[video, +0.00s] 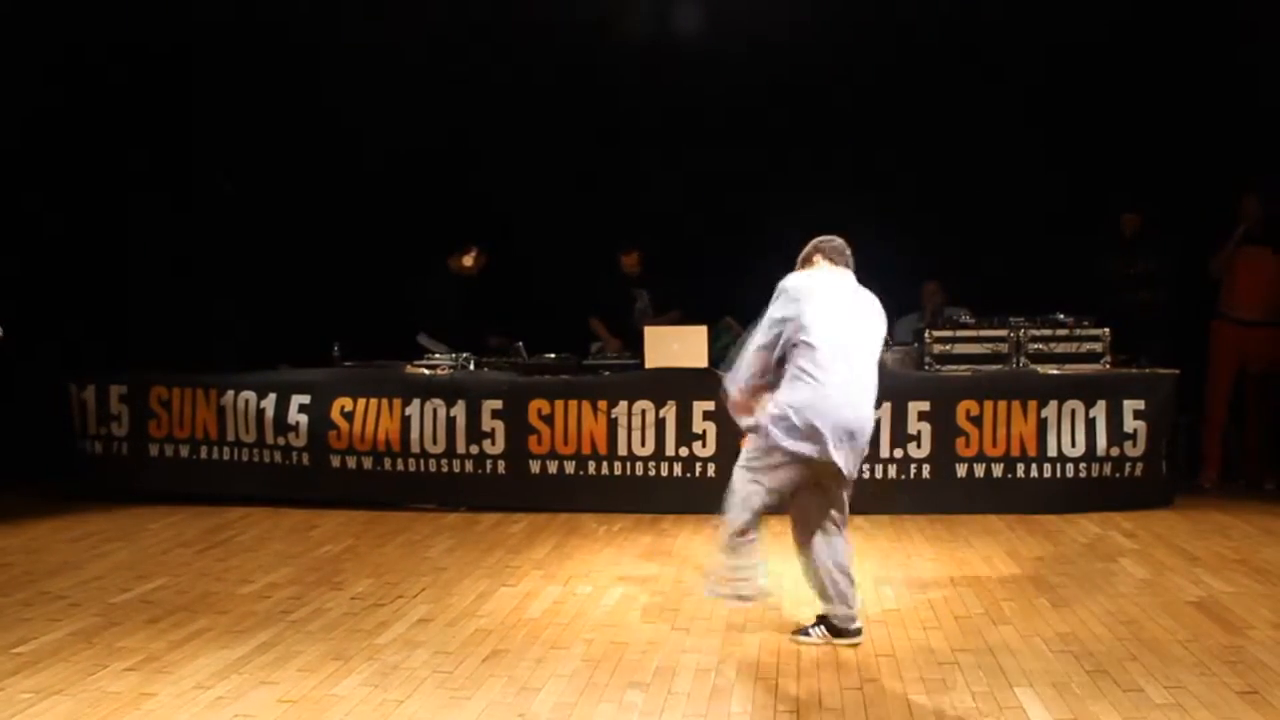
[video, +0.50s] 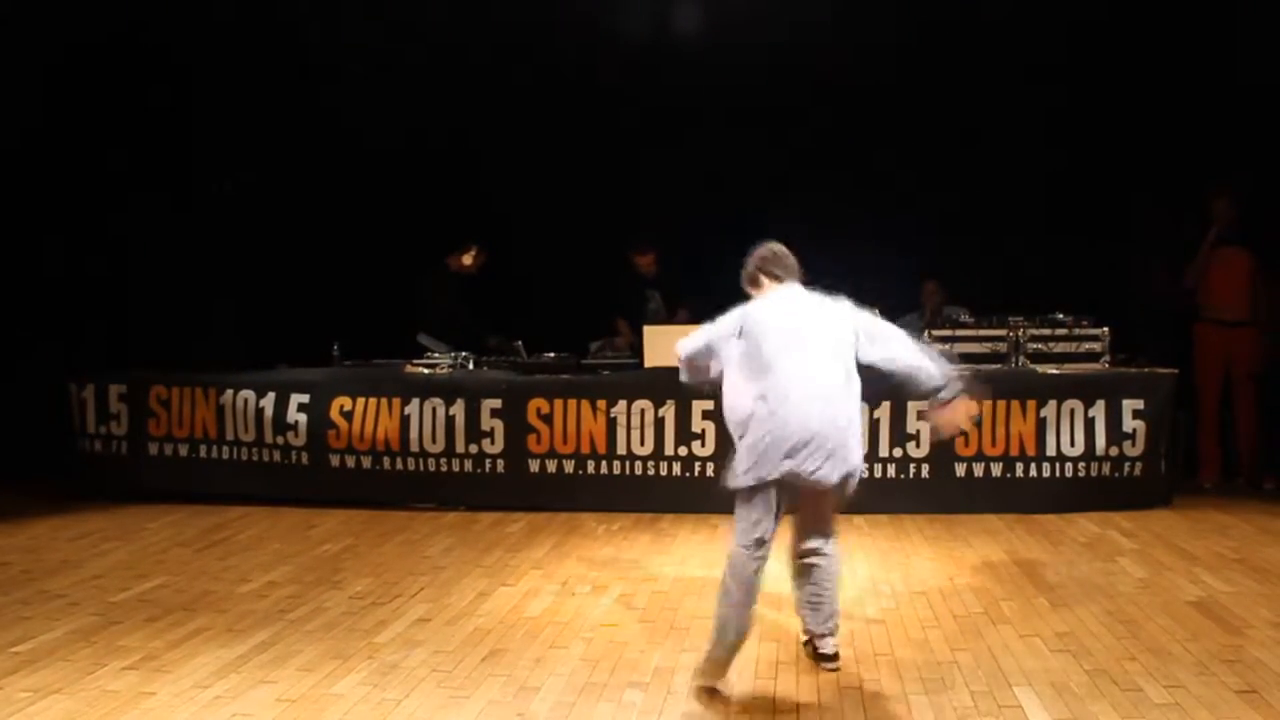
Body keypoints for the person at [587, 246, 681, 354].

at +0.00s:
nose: (632, 269)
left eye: (635, 265)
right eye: (628, 266)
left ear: (641, 263)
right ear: (621, 264)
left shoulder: (654, 282)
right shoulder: (611, 285)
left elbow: (676, 313)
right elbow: (593, 318)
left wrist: (654, 324)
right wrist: (609, 341)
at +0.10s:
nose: (632, 269)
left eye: (636, 265)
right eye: (629, 265)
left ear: (642, 263)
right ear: (621, 264)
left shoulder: (655, 283)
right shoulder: (613, 286)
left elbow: (680, 312)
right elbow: (600, 318)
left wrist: (658, 326)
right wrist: (611, 341)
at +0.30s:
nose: (642, 269)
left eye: (645, 264)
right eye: (638, 265)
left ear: (651, 262)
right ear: (631, 265)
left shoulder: (664, 281)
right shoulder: (625, 285)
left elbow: (684, 313)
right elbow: (611, 316)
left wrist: (665, 328)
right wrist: (619, 338)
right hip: (634, 342)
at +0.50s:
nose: (647, 269)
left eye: (650, 265)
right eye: (642, 266)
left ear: (655, 263)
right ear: (635, 265)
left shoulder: (666, 282)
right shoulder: (629, 285)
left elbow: (682, 311)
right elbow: (621, 318)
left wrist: (671, 332)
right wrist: (630, 338)